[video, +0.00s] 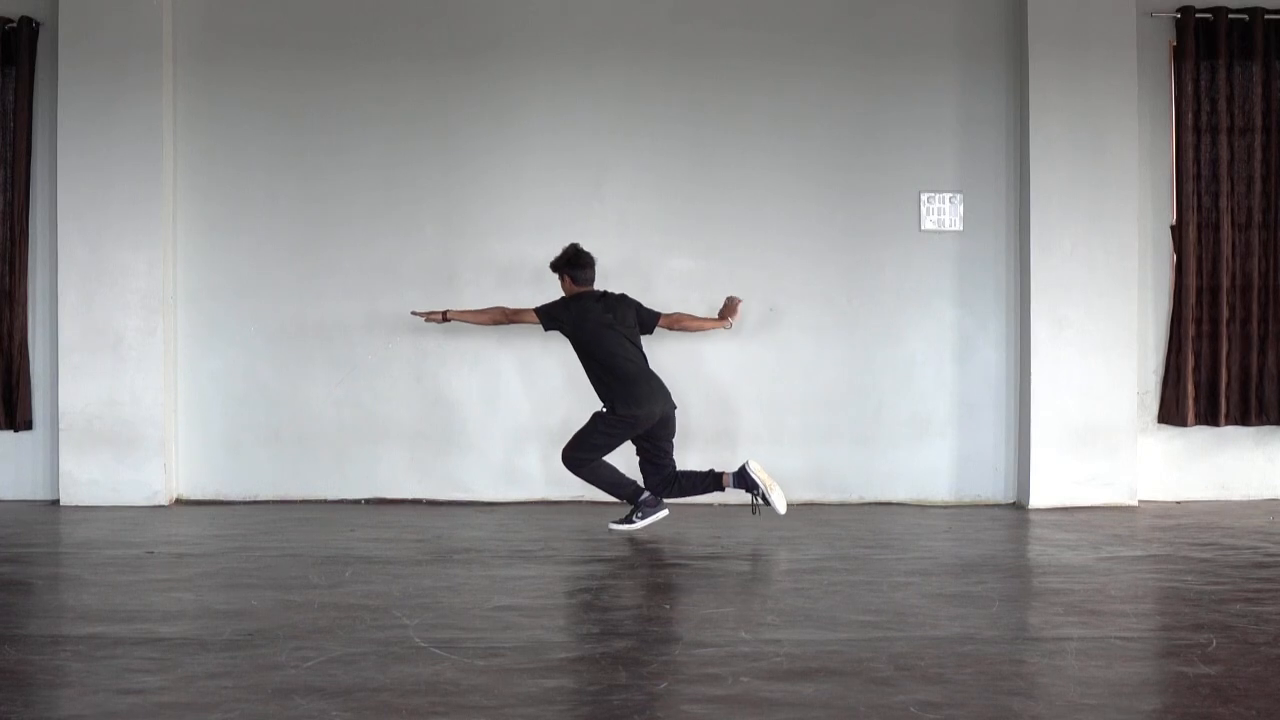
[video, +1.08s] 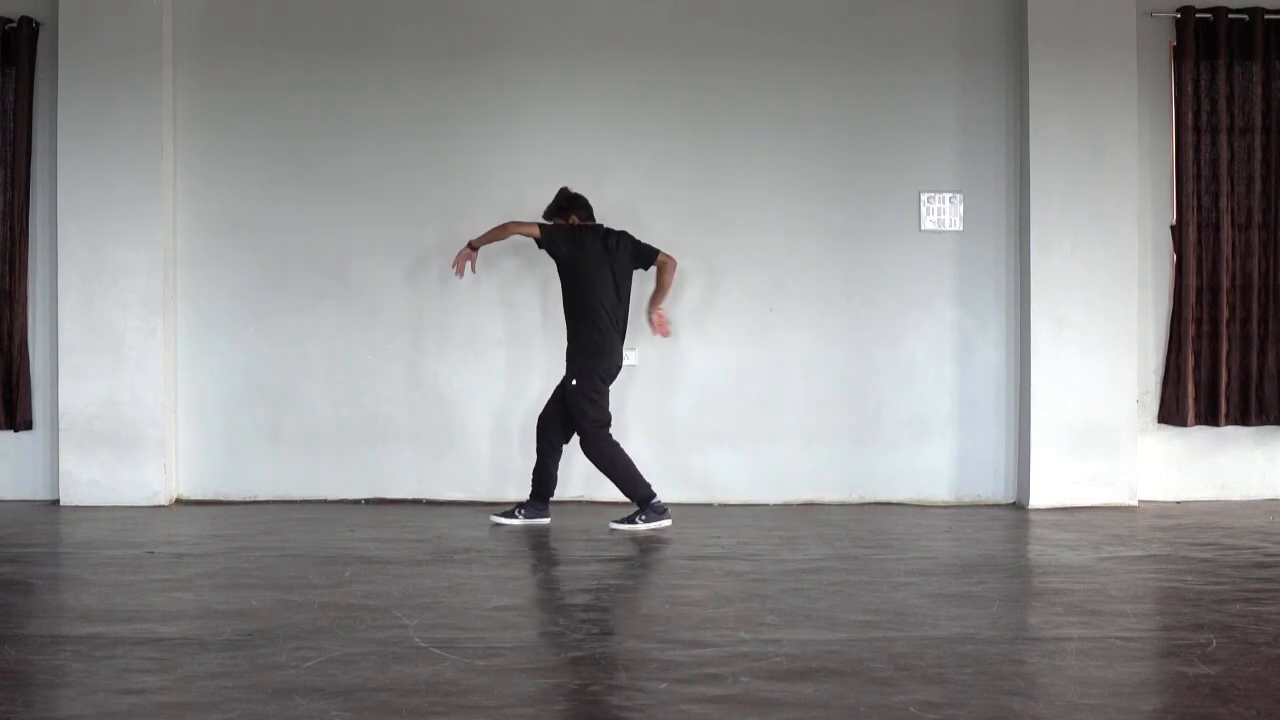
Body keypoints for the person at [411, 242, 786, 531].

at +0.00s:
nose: (559, 285)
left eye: (560, 279)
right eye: (562, 279)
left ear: (566, 280)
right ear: (593, 275)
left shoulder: (568, 309)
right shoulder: (623, 304)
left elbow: (506, 315)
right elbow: (674, 322)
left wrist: (451, 315)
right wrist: (722, 322)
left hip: (627, 407)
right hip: (660, 404)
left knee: (577, 456)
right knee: (661, 483)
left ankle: (644, 502)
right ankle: (739, 479)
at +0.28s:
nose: (565, 270)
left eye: (565, 265)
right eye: (567, 265)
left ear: (573, 265)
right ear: (598, 261)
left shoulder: (570, 297)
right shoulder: (629, 287)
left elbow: (509, 305)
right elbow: (683, 299)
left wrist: (454, 306)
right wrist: (713, 279)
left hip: (628, 395)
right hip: (659, 392)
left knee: (581, 451)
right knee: (619, 452)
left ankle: (645, 504)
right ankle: (692, 472)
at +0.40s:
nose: (569, 261)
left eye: (569, 256)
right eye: (571, 255)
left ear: (576, 256)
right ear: (601, 250)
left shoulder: (573, 287)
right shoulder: (634, 274)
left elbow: (514, 298)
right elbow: (688, 278)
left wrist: (459, 301)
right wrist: (718, 264)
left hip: (627, 388)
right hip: (656, 383)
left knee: (584, 450)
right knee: (600, 428)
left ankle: (646, 505)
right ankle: (650, 479)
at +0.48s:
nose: (569, 253)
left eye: (569, 248)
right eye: (572, 247)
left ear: (576, 248)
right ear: (601, 243)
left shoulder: (574, 281)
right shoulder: (632, 262)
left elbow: (514, 293)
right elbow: (683, 261)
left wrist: (460, 297)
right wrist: (723, 268)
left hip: (624, 384)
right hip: (652, 378)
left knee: (586, 448)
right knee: (583, 408)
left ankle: (648, 504)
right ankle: (617, 488)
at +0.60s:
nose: (570, 242)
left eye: (570, 236)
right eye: (571, 235)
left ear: (576, 234)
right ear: (601, 229)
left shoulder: (574, 269)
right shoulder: (631, 251)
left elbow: (516, 289)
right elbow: (682, 264)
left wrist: (462, 296)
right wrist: (725, 281)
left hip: (617, 371)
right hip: (644, 367)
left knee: (590, 442)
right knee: (577, 412)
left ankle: (650, 506)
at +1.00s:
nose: (558, 228)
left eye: (559, 222)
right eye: (558, 224)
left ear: (571, 219)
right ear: (593, 217)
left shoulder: (567, 236)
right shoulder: (626, 242)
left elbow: (512, 231)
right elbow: (675, 262)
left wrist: (476, 264)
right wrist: (687, 304)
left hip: (586, 357)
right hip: (610, 358)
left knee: (592, 439)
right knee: (555, 426)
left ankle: (651, 506)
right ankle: (538, 505)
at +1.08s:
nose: (553, 231)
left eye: (555, 225)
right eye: (553, 227)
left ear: (570, 219)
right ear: (588, 220)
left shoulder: (566, 236)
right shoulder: (621, 241)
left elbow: (512, 227)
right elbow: (667, 262)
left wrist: (475, 244)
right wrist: (657, 304)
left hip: (587, 357)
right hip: (605, 358)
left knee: (594, 439)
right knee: (551, 425)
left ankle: (652, 506)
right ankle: (537, 506)